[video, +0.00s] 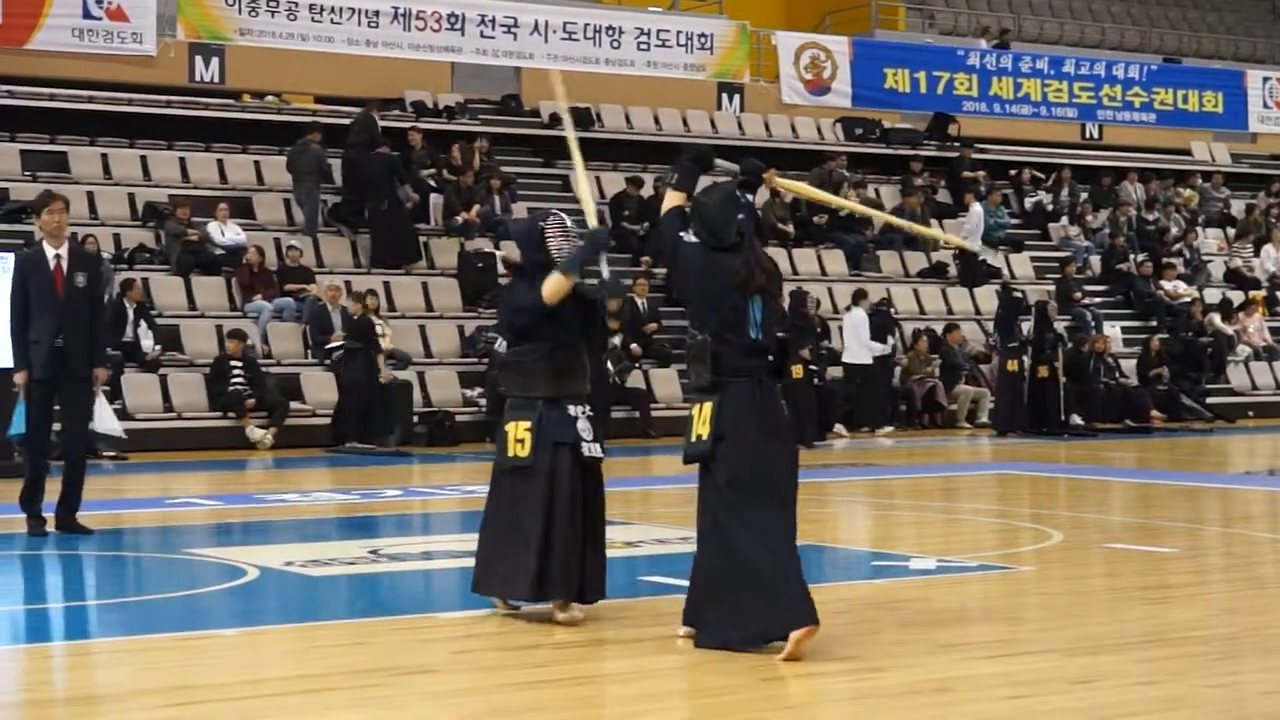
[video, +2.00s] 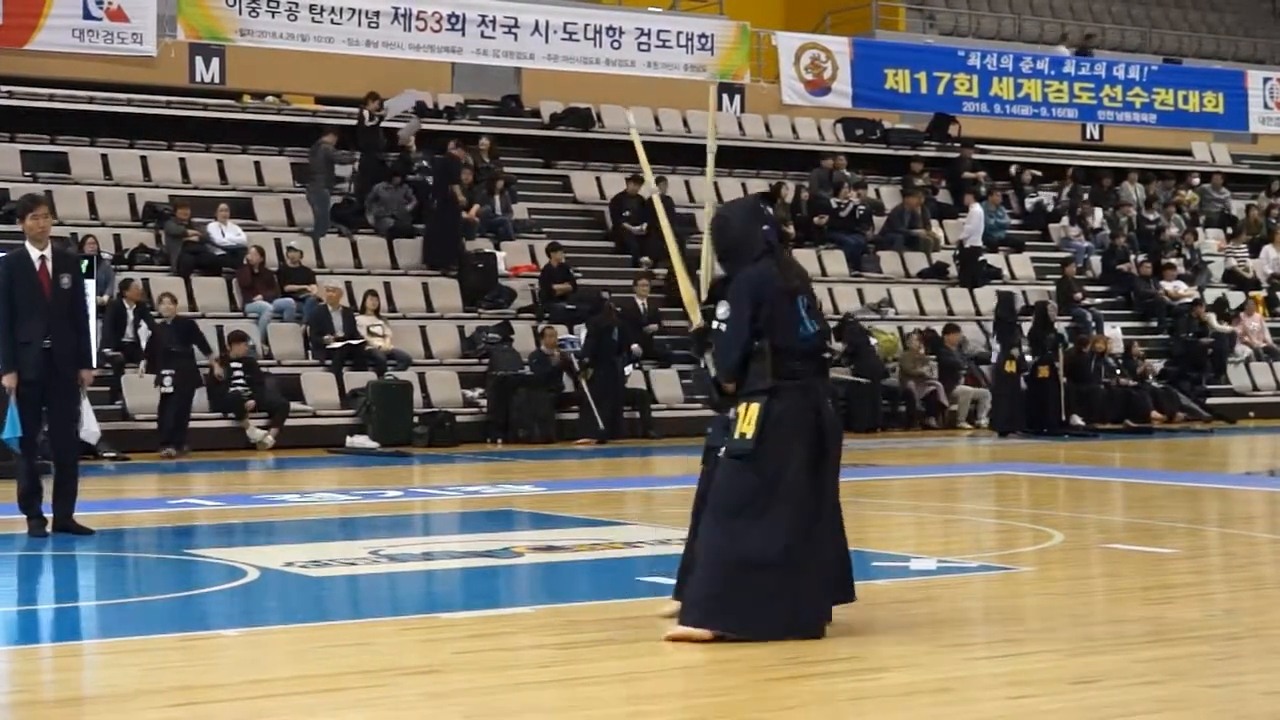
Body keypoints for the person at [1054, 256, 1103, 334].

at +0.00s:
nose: (1073, 269)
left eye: (1074, 266)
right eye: (1070, 267)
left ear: (1076, 267)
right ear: (1064, 268)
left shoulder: (1075, 281)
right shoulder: (1062, 282)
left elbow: (1084, 292)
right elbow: (1076, 297)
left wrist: (1079, 294)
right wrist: (1083, 292)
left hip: (1079, 304)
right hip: (1068, 306)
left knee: (1098, 314)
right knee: (1085, 315)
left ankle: (1100, 338)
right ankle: (1088, 340)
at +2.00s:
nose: (1074, 269)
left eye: (1074, 267)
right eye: (1072, 267)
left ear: (1076, 268)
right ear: (1065, 268)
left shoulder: (1074, 280)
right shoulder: (1062, 282)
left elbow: (1085, 292)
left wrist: (1081, 295)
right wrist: (1084, 292)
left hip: (1079, 304)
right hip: (1068, 306)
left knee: (1098, 315)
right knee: (1086, 315)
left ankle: (1101, 338)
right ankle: (1089, 339)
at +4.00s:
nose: (1074, 269)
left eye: (1075, 266)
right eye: (1071, 266)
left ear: (1077, 267)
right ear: (1066, 268)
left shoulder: (1077, 280)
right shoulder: (1063, 281)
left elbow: (1086, 292)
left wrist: (1082, 294)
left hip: (1082, 304)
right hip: (1070, 306)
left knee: (1099, 314)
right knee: (1087, 315)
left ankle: (1102, 337)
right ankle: (1090, 339)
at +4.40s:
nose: (1073, 269)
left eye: (1075, 266)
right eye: (1070, 266)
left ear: (1077, 268)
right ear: (1066, 268)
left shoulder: (1078, 280)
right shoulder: (1063, 281)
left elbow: (1086, 292)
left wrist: (1083, 294)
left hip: (1082, 304)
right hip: (1071, 306)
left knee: (1100, 314)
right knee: (1087, 315)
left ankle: (1102, 337)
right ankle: (1090, 339)